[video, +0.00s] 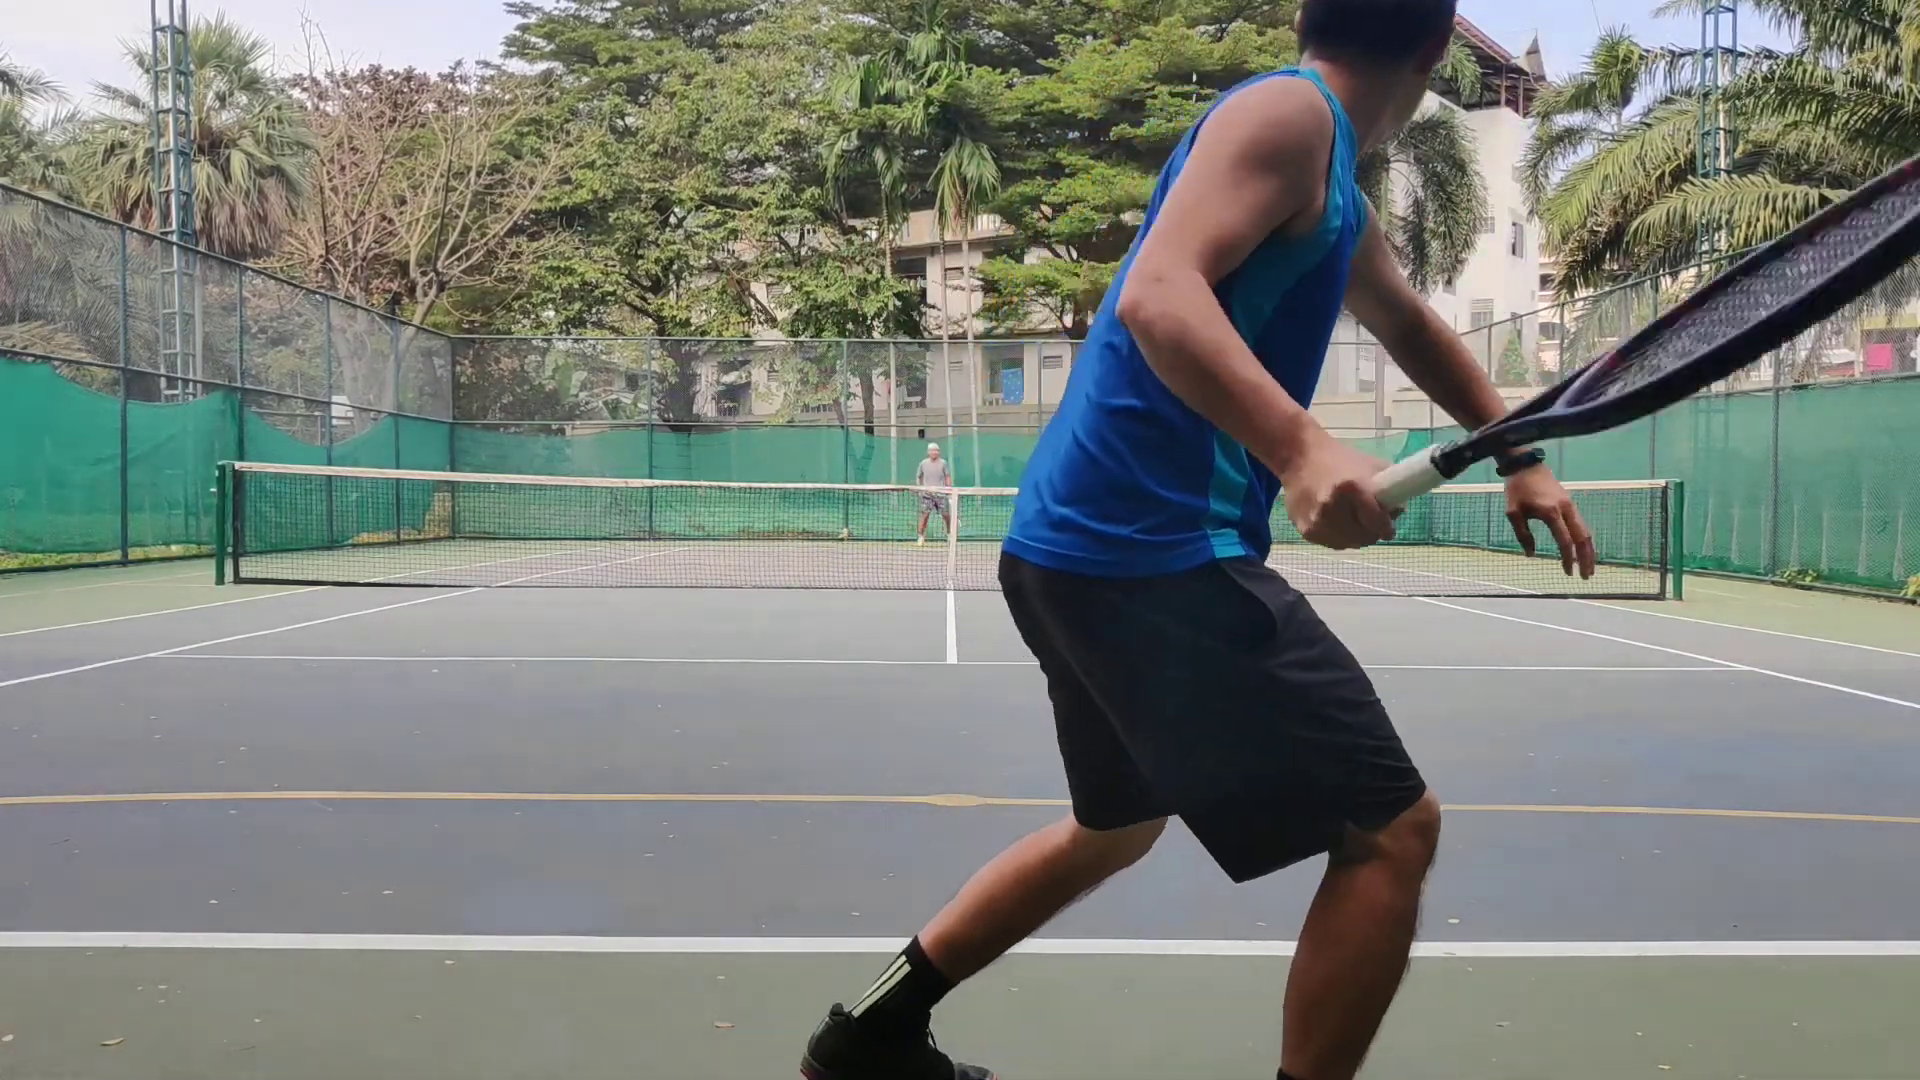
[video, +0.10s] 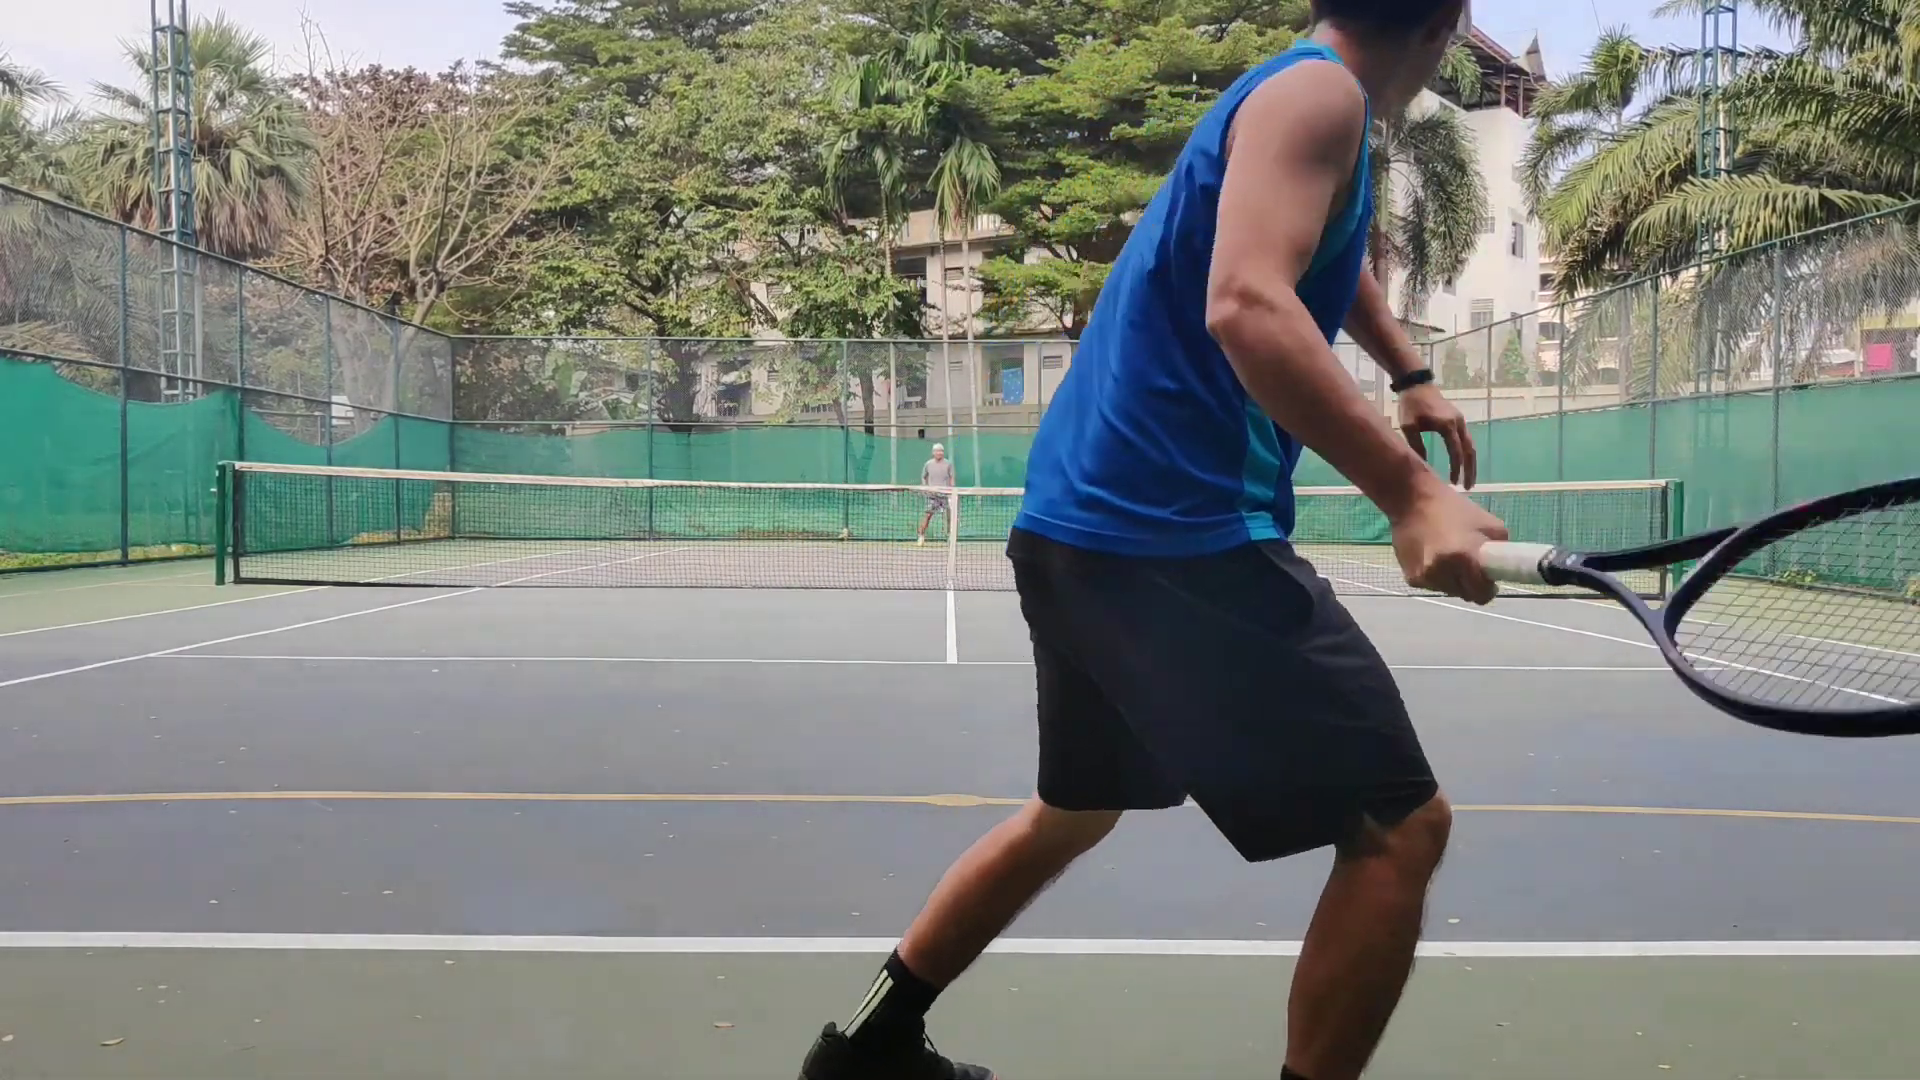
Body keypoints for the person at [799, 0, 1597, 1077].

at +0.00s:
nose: (1436, 79)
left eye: (1439, 58)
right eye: (1444, 55)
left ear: (1321, 25)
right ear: (1432, 49)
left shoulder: (1325, 174)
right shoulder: (1286, 114)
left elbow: (1413, 328)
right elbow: (1160, 296)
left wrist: (1520, 458)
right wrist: (1305, 452)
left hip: (1078, 549)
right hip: (1153, 556)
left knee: (1117, 823)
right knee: (1392, 827)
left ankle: (880, 1024)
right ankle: (1310, 1069)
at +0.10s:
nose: (1456, 40)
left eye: (1458, 25)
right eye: (1459, 21)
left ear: (1336, 4)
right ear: (1443, 23)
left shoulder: (1297, 96)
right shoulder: (1319, 97)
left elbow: (1339, 260)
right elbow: (1250, 307)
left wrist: (1411, 376)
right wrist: (1411, 498)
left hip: (1073, 521)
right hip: (1179, 537)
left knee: (1075, 807)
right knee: (1402, 826)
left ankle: (877, 1031)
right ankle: (1313, 1077)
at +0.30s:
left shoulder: (1126, 8)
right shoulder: (1420, 23)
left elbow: (993, 30)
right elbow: (1436, 258)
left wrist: (1129, 85)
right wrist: (1446, 290)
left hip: (1069, 454)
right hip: (1261, 484)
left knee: (1021, 726)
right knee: (1310, 817)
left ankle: (958, 1003)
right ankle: (1296, 1072)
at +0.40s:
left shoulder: (1127, 10)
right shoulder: (1378, 21)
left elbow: (910, 5)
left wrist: (1049, 37)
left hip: (1081, 442)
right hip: (1276, 463)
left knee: (1019, 730)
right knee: (1291, 819)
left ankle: (958, 1022)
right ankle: (1296, 1076)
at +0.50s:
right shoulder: (1328, 12)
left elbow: (893, 25)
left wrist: (1038, 11)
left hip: (1090, 444)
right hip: (1273, 457)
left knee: (1003, 745)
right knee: (1281, 820)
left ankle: (948, 1051)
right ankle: (1295, 1077)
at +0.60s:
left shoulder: (1102, 12)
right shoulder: (1251, 17)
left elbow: (988, 65)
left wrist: (872, 70)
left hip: (1075, 460)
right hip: (1244, 462)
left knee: (985, 797)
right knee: (1264, 820)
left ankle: (957, 1067)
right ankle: (1291, 1071)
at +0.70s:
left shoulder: (1053, 8)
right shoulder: (1166, 36)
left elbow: (1114, 133)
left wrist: (902, 145)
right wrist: (970, 137)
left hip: (1044, 479)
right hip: (1201, 478)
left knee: (956, 806)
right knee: (1236, 814)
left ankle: (958, 1071)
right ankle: (1306, 1075)